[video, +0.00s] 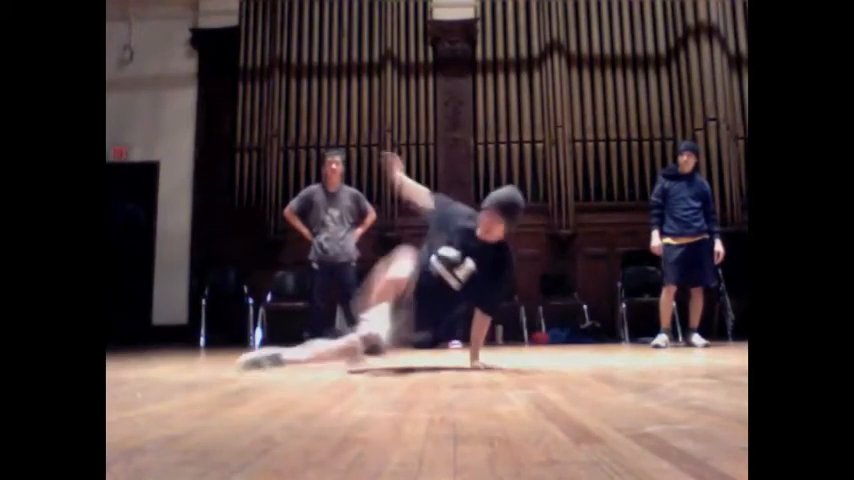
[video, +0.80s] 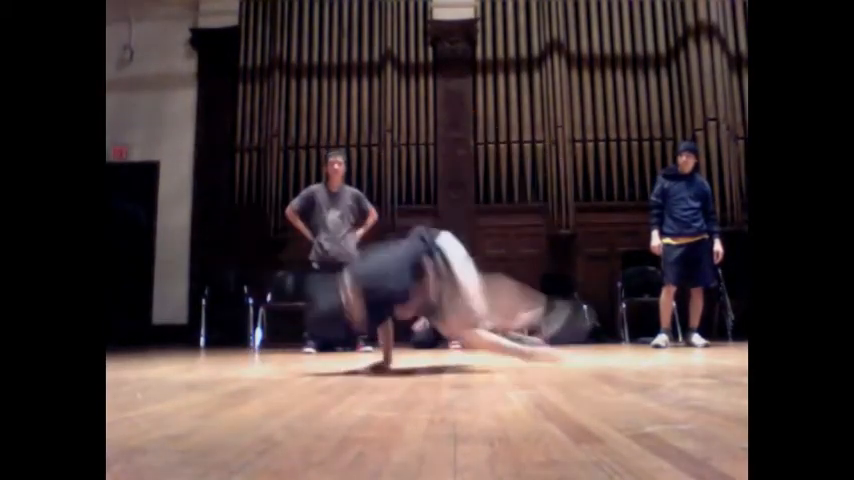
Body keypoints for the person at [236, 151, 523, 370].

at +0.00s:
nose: (490, 225)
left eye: (499, 223)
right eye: (489, 216)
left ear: (509, 227)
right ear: (484, 208)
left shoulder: (499, 263)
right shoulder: (457, 215)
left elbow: (483, 313)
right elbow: (423, 197)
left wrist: (476, 359)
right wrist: (399, 176)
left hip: (420, 325)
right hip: (402, 281)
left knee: (355, 345)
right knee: (407, 259)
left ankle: (279, 357)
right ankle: (371, 331)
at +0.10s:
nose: (464, 227)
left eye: (471, 224)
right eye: (465, 221)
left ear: (485, 231)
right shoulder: (486, 265)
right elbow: (480, 314)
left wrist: (474, 356)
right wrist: (474, 358)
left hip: (412, 284)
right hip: (421, 299)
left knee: (373, 320)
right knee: (373, 327)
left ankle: (319, 347)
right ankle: (312, 351)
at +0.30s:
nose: (413, 237)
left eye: (418, 231)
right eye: (409, 233)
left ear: (432, 233)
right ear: (405, 237)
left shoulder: (453, 263)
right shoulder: (404, 266)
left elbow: (466, 309)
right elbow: (398, 316)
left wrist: (476, 354)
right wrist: (387, 360)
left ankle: (476, 356)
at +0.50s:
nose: (396, 232)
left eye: (400, 226)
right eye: (388, 228)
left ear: (410, 228)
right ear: (379, 235)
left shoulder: (431, 252)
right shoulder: (378, 263)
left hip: (460, 289)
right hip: (423, 308)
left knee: (449, 210)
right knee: (381, 296)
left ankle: (462, 140)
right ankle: (458, 340)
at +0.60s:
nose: (354, 243)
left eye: (352, 238)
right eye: (347, 246)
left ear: (361, 237)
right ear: (346, 261)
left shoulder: (388, 251)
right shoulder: (363, 289)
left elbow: (420, 236)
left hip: (443, 282)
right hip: (442, 317)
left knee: (441, 217)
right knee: (487, 344)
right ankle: (565, 359)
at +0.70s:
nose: (352, 243)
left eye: (350, 238)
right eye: (345, 247)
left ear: (360, 236)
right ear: (345, 261)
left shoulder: (387, 249)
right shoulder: (362, 289)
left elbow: (420, 235)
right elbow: (376, 328)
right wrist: (385, 358)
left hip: (442, 280)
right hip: (439, 316)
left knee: (441, 215)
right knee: (487, 344)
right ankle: (566, 359)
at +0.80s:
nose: (351, 311)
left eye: (347, 304)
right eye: (349, 305)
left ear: (345, 290)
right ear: (351, 286)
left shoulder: (363, 281)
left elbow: (382, 324)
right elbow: (384, 321)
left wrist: (385, 363)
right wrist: (385, 360)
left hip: (438, 250)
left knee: (465, 328)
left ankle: (523, 351)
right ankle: (516, 334)